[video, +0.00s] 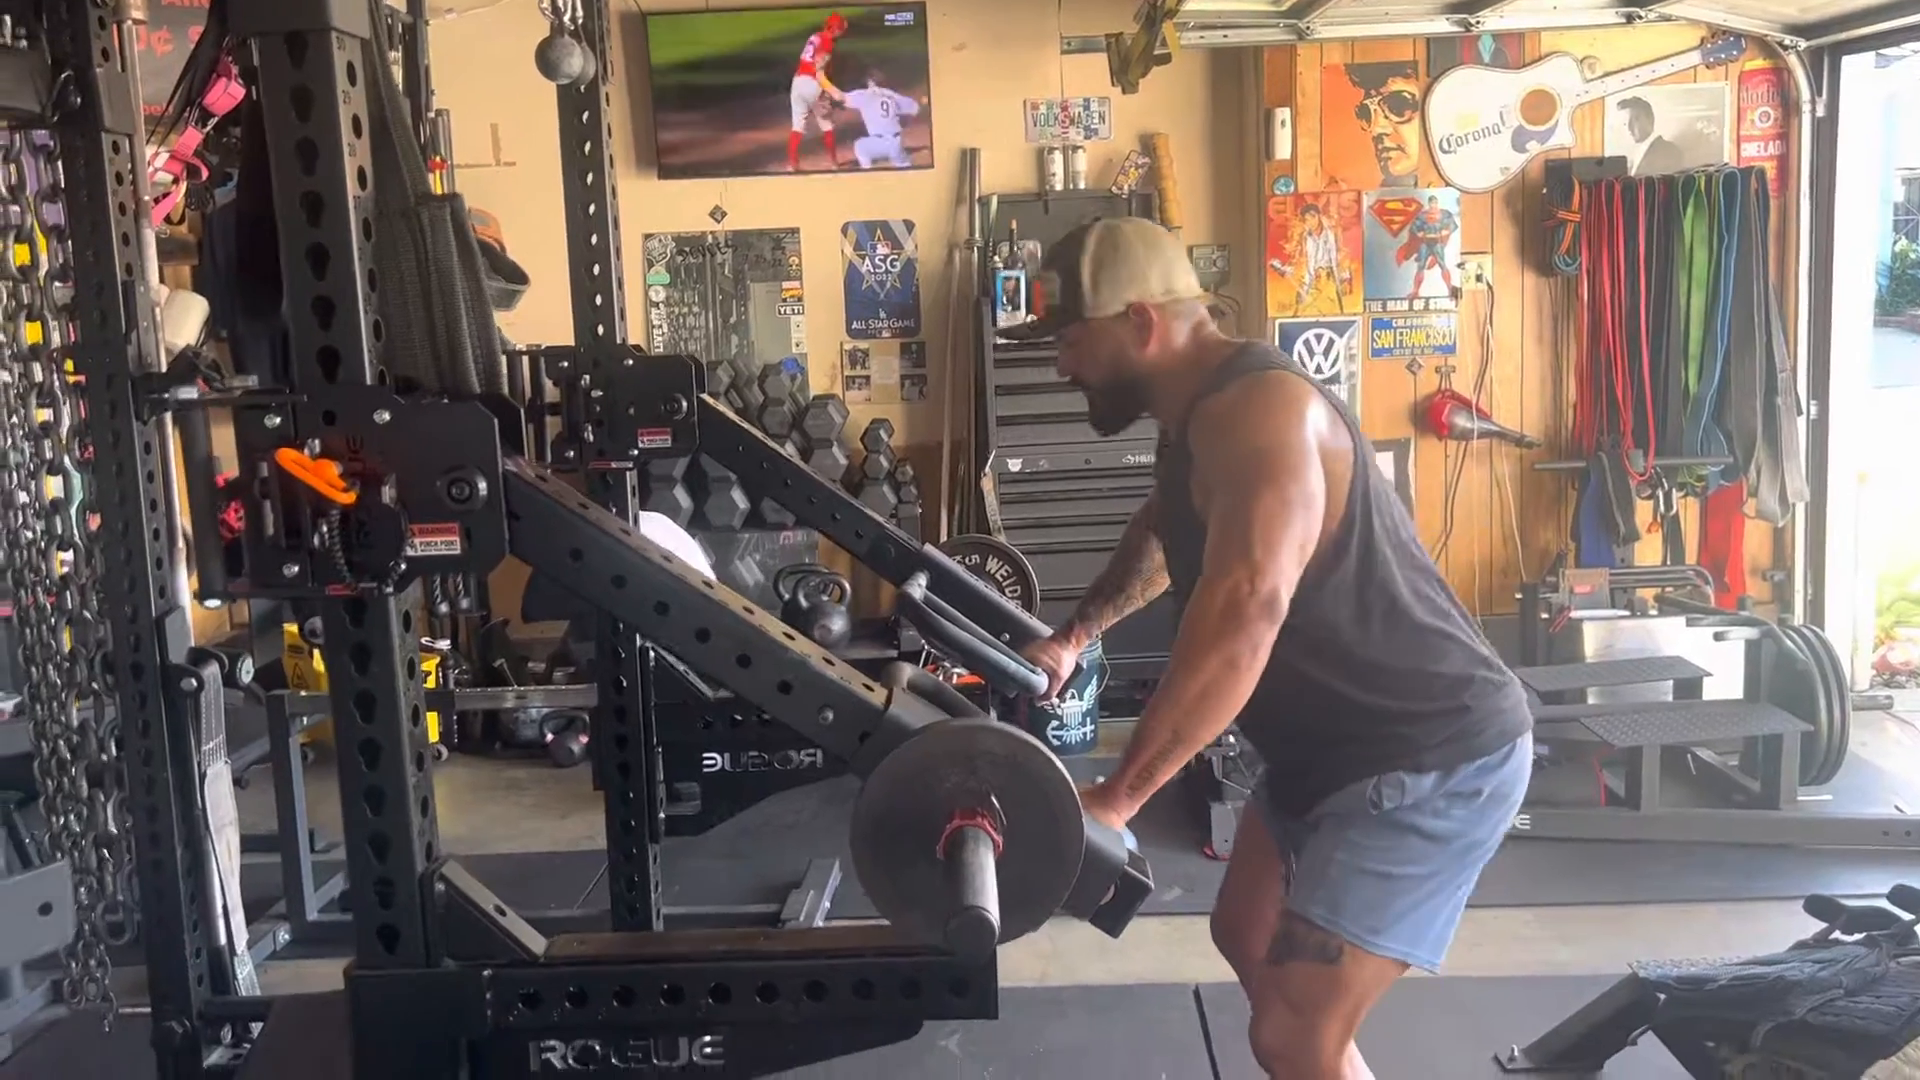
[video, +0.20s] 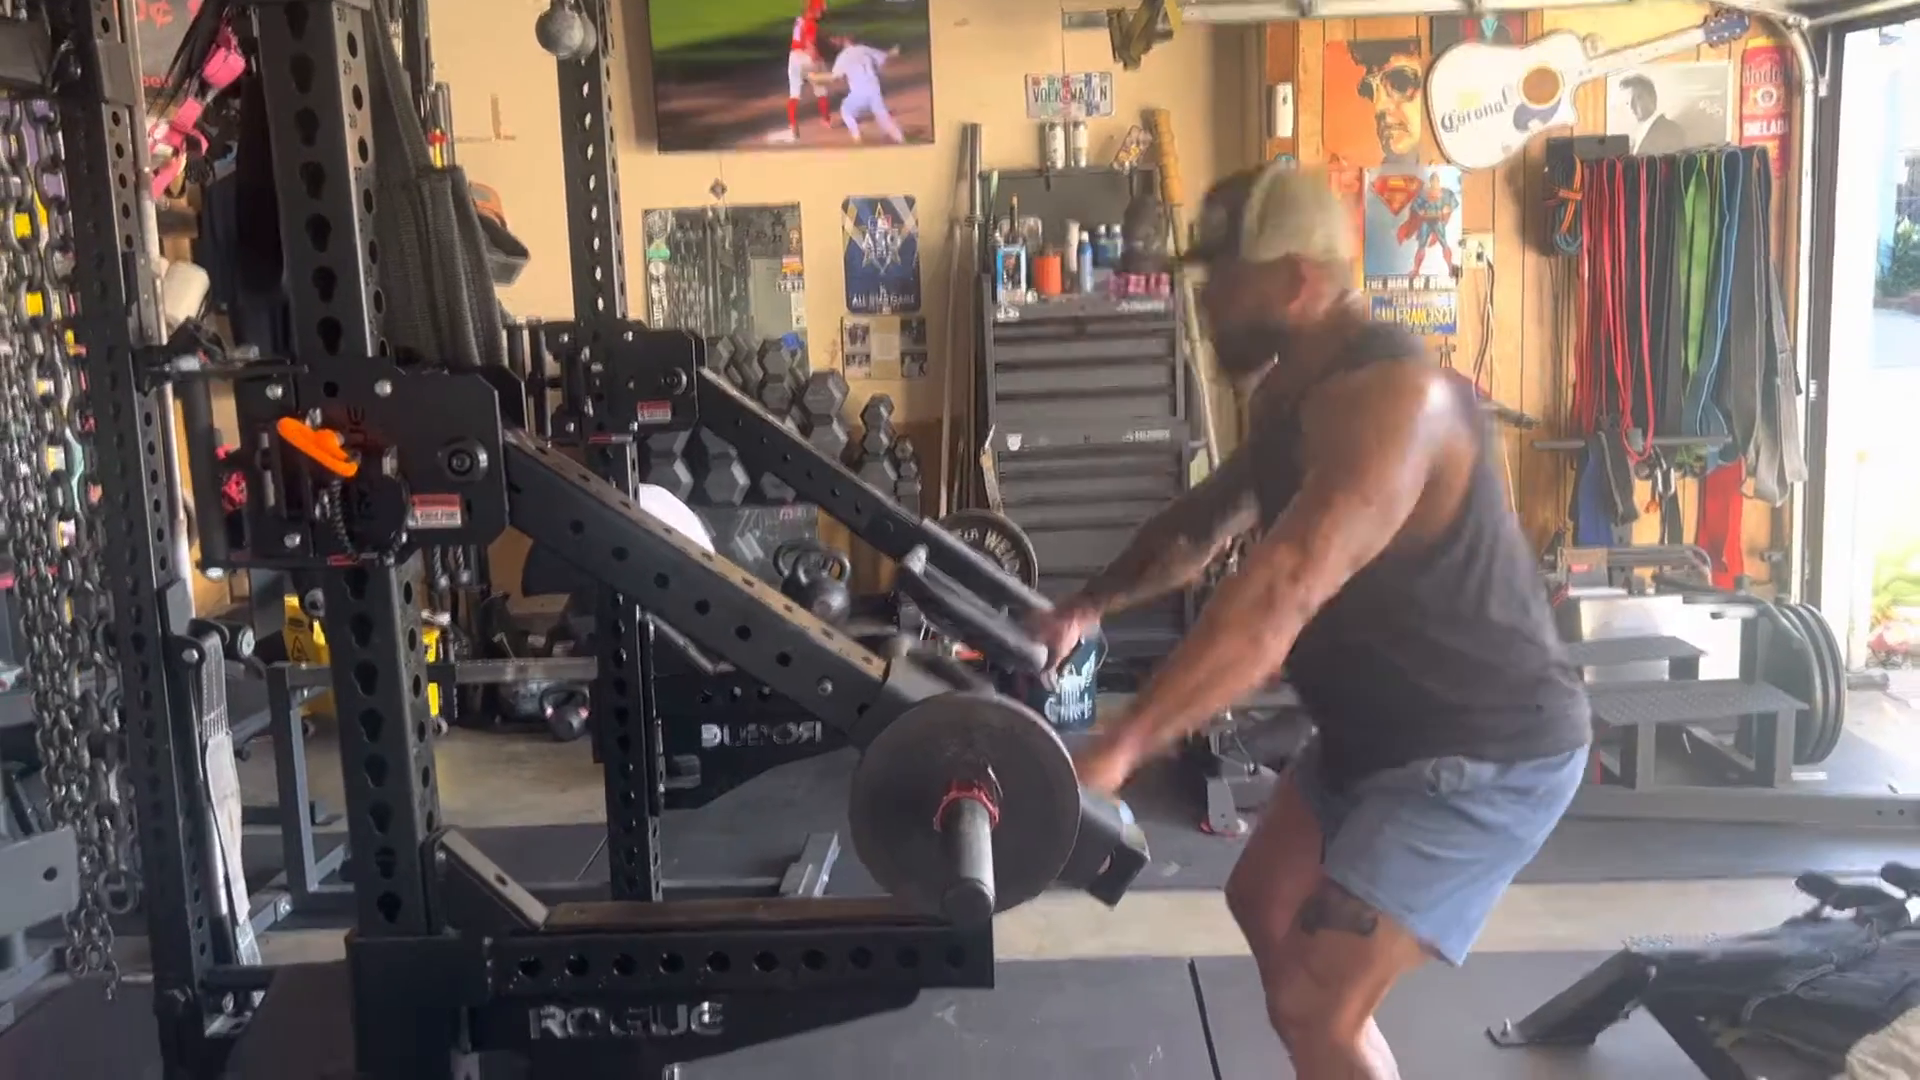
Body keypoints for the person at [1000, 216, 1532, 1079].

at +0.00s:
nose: (1060, 356)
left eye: (1070, 328)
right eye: (1058, 333)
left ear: (1142, 324)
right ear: (1146, 326)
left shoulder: (1263, 409)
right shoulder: (1197, 420)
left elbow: (1247, 606)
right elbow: (1157, 539)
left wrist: (1121, 793)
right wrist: (1076, 635)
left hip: (1432, 754)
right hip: (1335, 746)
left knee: (1297, 1033)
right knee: (1248, 934)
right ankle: (1332, 1065)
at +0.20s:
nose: (1207, 295)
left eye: (1223, 271)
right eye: (1207, 271)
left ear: (1302, 283)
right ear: (1297, 287)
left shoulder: (1391, 398)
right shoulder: (1298, 388)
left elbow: (1285, 590)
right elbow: (1209, 519)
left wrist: (1125, 744)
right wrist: (1084, 609)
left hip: (1484, 748)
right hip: (1379, 730)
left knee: (1316, 1009)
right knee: (1266, 900)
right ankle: (1341, 1061)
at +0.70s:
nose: (1069, 234)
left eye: (1084, 206)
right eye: (1066, 210)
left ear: (1143, 194)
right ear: (1128, 201)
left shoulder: (1244, 295)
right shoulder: (1163, 297)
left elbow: (1294, 290)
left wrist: (1125, 125)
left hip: (1253, 709)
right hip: (1213, 699)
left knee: (1264, 993)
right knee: (1255, 984)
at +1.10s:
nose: (984, 357)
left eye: (981, 333)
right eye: (975, 342)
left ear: (1032, 283)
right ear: (1040, 283)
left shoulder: (1139, 297)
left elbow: (1022, 136)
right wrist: (917, 12)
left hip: (1253, 723)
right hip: (1217, 719)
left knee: (1261, 1007)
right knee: (1251, 995)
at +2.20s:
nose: (1108, 431)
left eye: (1116, 406)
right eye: (1105, 410)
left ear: (1188, 397)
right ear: (1189, 398)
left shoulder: (1310, 479)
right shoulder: (1233, 476)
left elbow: (1252, 676)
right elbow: (1151, 585)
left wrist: (1073, 797)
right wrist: (1033, 654)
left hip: (1454, 798)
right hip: (1357, 776)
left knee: (1274, 1034)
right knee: (1236, 935)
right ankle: (1273, 1072)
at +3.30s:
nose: (952, 424)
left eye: (942, 401)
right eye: (942, 412)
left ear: (970, 359)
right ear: (982, 363)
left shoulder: (1087, 375)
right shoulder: (1072, 402)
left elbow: (983, 205)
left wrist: (880, 26)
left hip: (1203, 766)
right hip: (1170, 759)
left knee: (1220, 1030)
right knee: (1209, 1017)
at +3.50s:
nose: (966, 377)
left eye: (974, 350)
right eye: (962, 356)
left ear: (1028, 331)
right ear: (1033, 330)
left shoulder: (1132, 374)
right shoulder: (1087, 400)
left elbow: (1047, 215)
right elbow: (1023, 211)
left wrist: (927, 34)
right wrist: (921, 86)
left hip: (1206, 767)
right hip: (1164, 762)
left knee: (1217, 1025)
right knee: (1206, 1014)